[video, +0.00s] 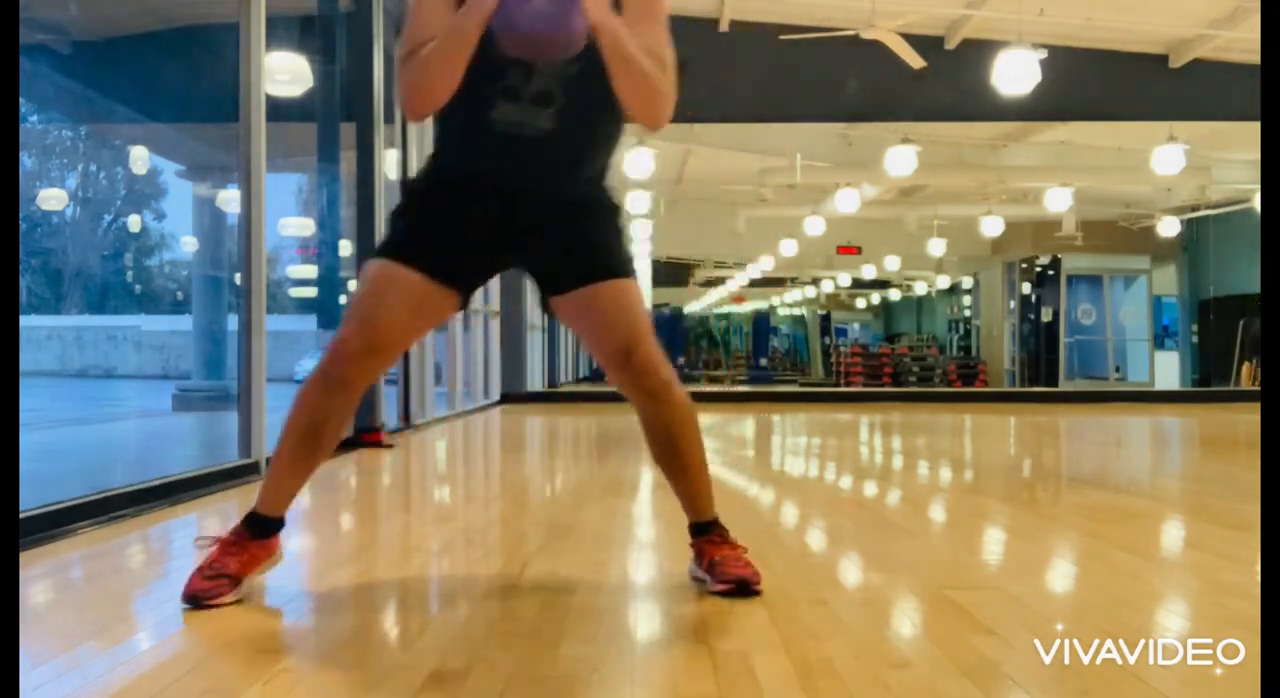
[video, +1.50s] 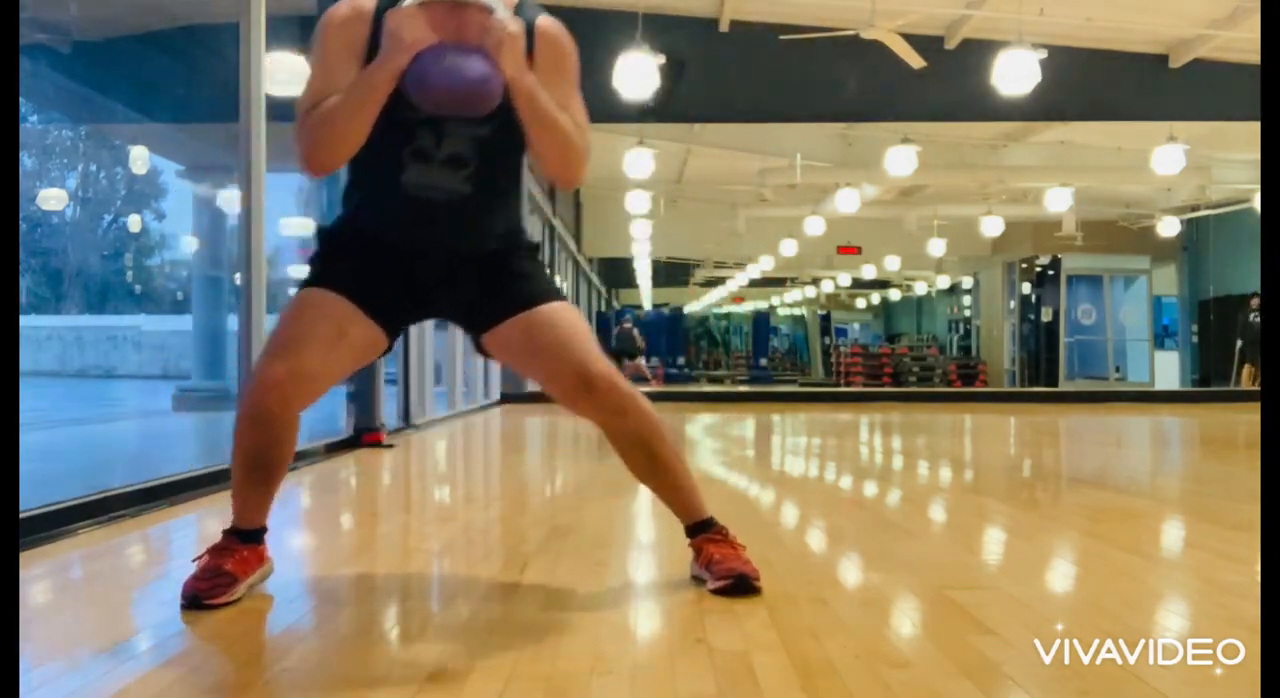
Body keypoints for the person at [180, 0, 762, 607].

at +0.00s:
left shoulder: (633, 3)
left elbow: (655, 108)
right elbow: (415, 99)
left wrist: (600, 15)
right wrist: (479, 6)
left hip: (571, 208)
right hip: (456, 202)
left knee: (641, 364)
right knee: (347, 359)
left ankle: (711, 537)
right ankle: (257, 531)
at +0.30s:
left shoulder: (502, 85)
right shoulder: (314, 68)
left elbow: (526, 223)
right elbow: (272, 203)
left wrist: (467, 134)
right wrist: (342, 124)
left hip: (451, 287)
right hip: (333, 281)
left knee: (561, 403)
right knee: (235, 383)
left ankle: (702, 536)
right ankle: (243, 546)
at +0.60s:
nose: (333, 64)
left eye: (357, 48)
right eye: (319, 44)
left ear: (391, 64)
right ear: (298, 51)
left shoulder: (433, 173)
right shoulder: (244, 158)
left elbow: (468, 309)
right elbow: (201, 301)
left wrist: (397, 237)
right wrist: (263, 237)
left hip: (399, 359)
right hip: (281, 352)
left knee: (528, 439)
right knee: (188, 402)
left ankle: (692, 536)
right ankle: (240, 546)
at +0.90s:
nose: (303, 93)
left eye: (325, 77)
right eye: (287, 73)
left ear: (358, 92)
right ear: (263, 81)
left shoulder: (408, 202)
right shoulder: (211, 192)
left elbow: (438, 338)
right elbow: (173, 337)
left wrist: (372, 271)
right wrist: (231, 271)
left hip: (381, 388)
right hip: (263, 386)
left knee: (516, 453)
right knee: (161, 413)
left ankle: (689, 535)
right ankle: (237, 543)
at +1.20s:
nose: (348, 12)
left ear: (404, 16)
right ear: (310, 13)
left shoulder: (446, 131)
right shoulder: (255, 118)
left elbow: (475, 269)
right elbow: (213, 261)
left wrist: (406, 179)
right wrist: (275, 178)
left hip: (416, 332)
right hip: (297, 331)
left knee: (544, 426)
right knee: (206, 398)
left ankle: (699, 537)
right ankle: (238, 541)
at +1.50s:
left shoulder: (541, 38)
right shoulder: (356, 22)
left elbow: (567, 168)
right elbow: (317, 153)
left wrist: (513, 70)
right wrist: (393, 57)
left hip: (492, 262)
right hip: (371, 261)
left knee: (598, 384)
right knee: (268, 393)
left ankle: (707, 535)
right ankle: (242, 543)